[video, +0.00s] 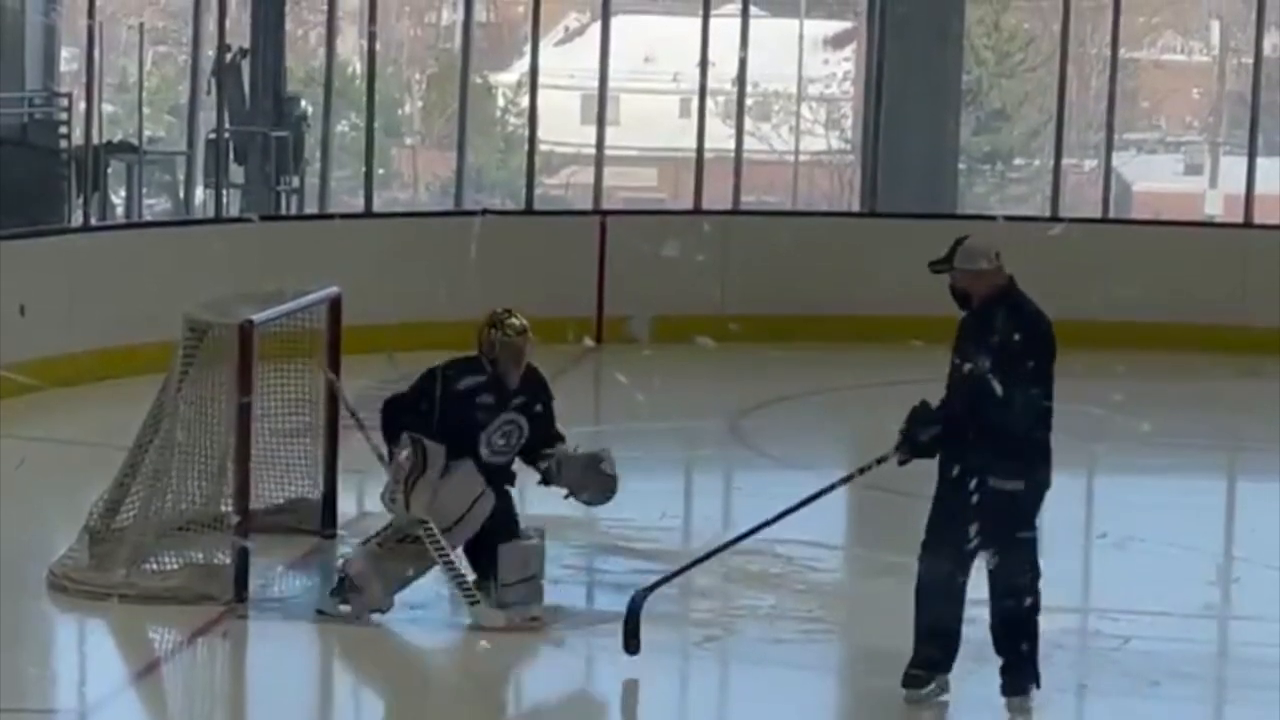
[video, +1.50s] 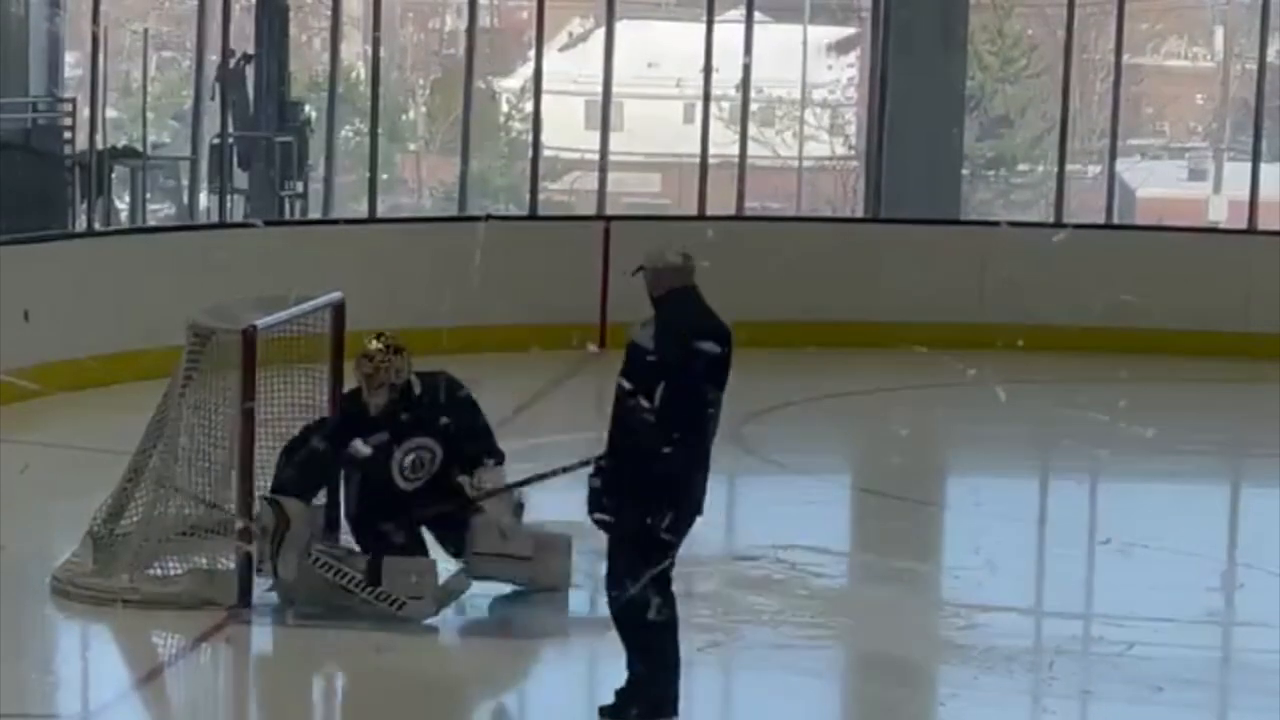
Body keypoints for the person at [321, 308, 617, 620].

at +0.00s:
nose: (518, 364)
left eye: (522, 355)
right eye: (511, 355)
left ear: (528, 350)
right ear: (490, 350)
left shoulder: (532, 385)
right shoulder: (452, 378)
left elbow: (540, 442)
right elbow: (397, 411)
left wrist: (562, 466)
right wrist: (407, 456)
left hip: (493, 488)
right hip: (440, 481)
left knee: (507, 577)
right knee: (413, 544)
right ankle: (359, 585)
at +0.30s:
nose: (585, 364)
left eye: (591, 355)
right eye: (576, 356)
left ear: (598, 348)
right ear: (558, 351)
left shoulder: (604, 378)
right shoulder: (525, 377)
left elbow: (628, 428)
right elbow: (464, 424)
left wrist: (668, 453)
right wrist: (466, 489)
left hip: (579, 466)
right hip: (524, 471)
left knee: (636, 497)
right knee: (491, 539)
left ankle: (673, 573)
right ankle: (410, 601)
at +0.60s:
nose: (620, 360)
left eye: (626, 351)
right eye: (613, 351)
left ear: (634, 349)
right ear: (595, 346)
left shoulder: (639, 381)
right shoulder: (563, 375)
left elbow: (654, 442)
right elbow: (500, 423)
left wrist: (680, 467)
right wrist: (569, 441)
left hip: (597, 473)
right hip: (540, 468)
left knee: (662, 526)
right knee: (528, 541)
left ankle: (704, 589)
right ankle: (451, 613)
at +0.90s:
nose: (584, 365)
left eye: (591, 355)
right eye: (576, 356)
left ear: (600, 351)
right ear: (562, 352)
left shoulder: (609, 383)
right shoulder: (539, 378)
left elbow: (626, 436)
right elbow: (489, 427)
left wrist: (656, 459)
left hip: (581, 470)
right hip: (528, 473)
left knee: (630, 504)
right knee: (520, 550)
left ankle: (645, 591)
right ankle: (446, 604)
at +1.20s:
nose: (518, 351)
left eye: (527, 344)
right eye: (512, 344)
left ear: (540, 351)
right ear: (501, 350)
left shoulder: (563, 384)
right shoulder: (481, 395)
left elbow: (596, 438)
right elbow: (435, 433)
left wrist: (634, 473)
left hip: (541, 482)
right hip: (485, 492)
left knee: (599, 516)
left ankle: (639, 570)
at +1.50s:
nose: (374, 381)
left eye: (383, 374)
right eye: (368, 373)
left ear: (401, 373)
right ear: (359, 374)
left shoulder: (441, 392)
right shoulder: (349, 414)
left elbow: (478, 445)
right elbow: (307, 466)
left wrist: (491, 487)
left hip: (439, 495)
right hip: (380, 508)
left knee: (484, 551)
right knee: (410, 580)